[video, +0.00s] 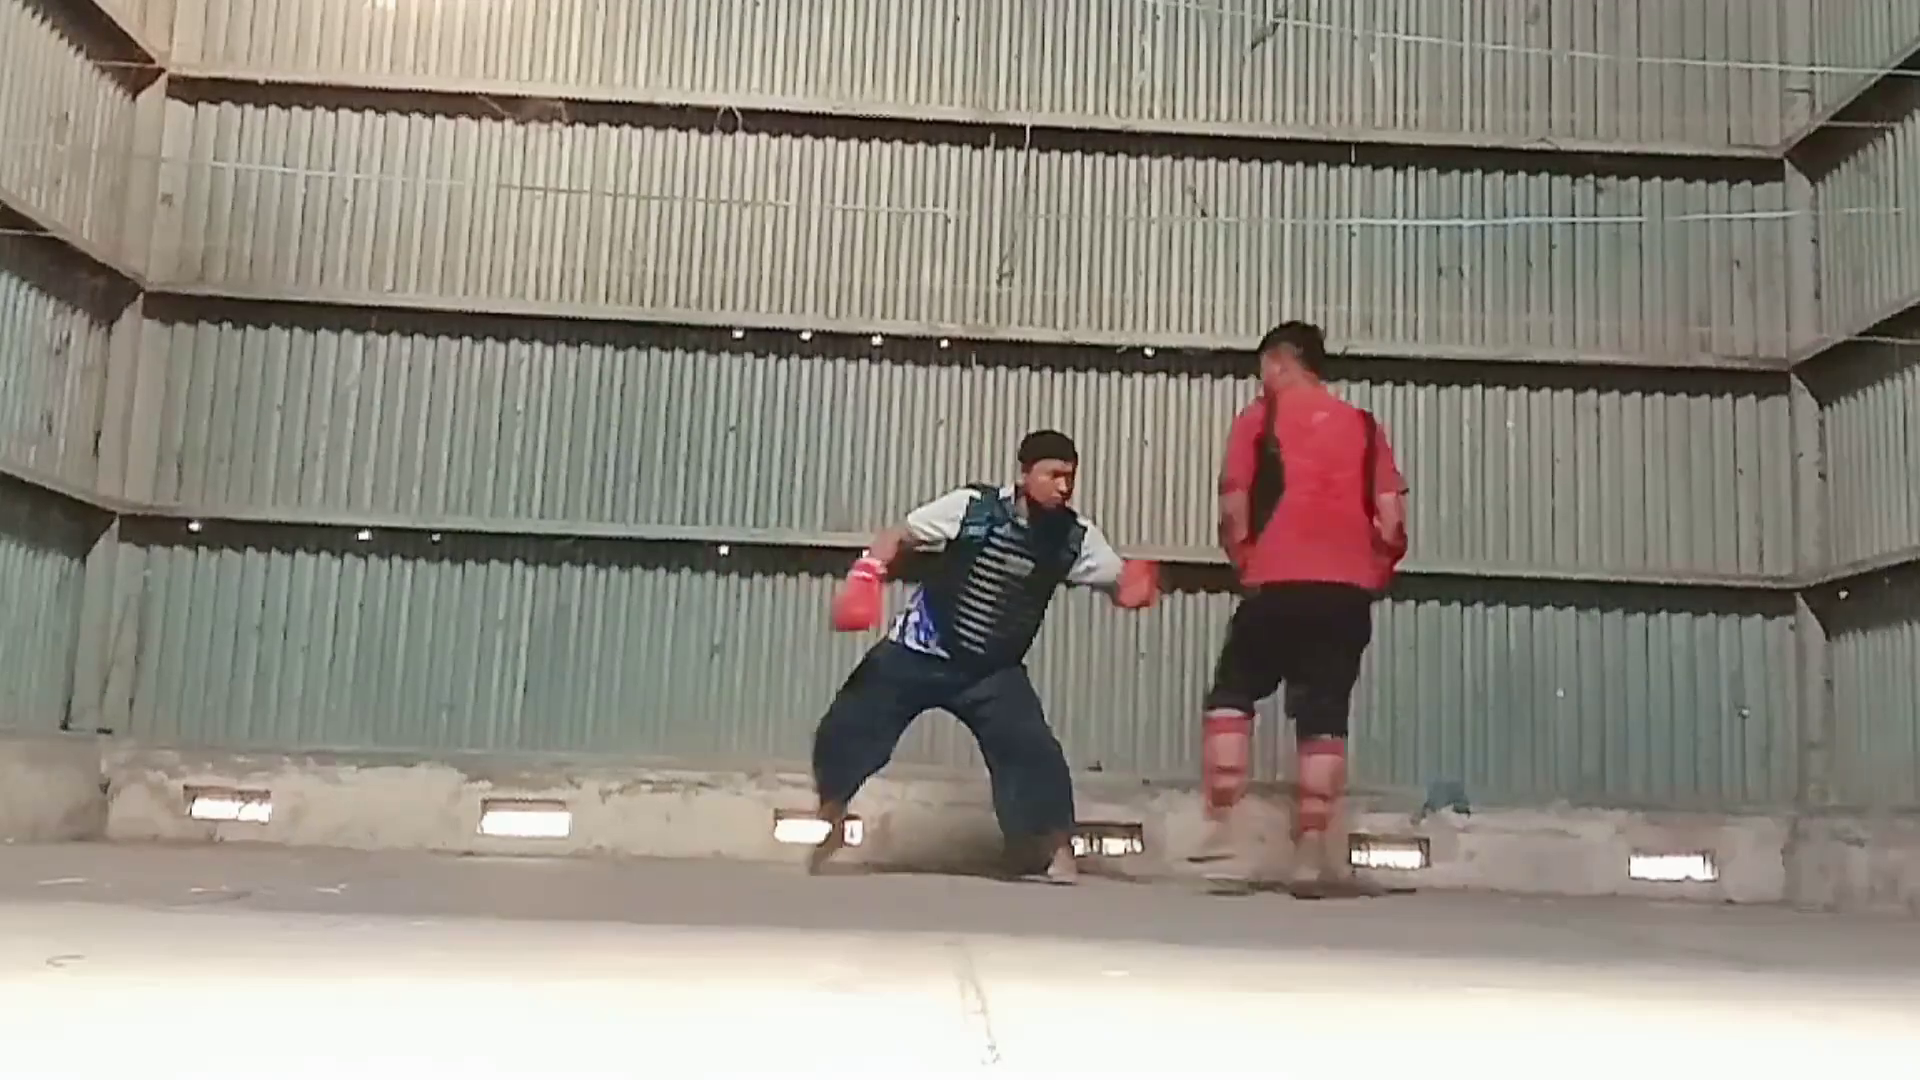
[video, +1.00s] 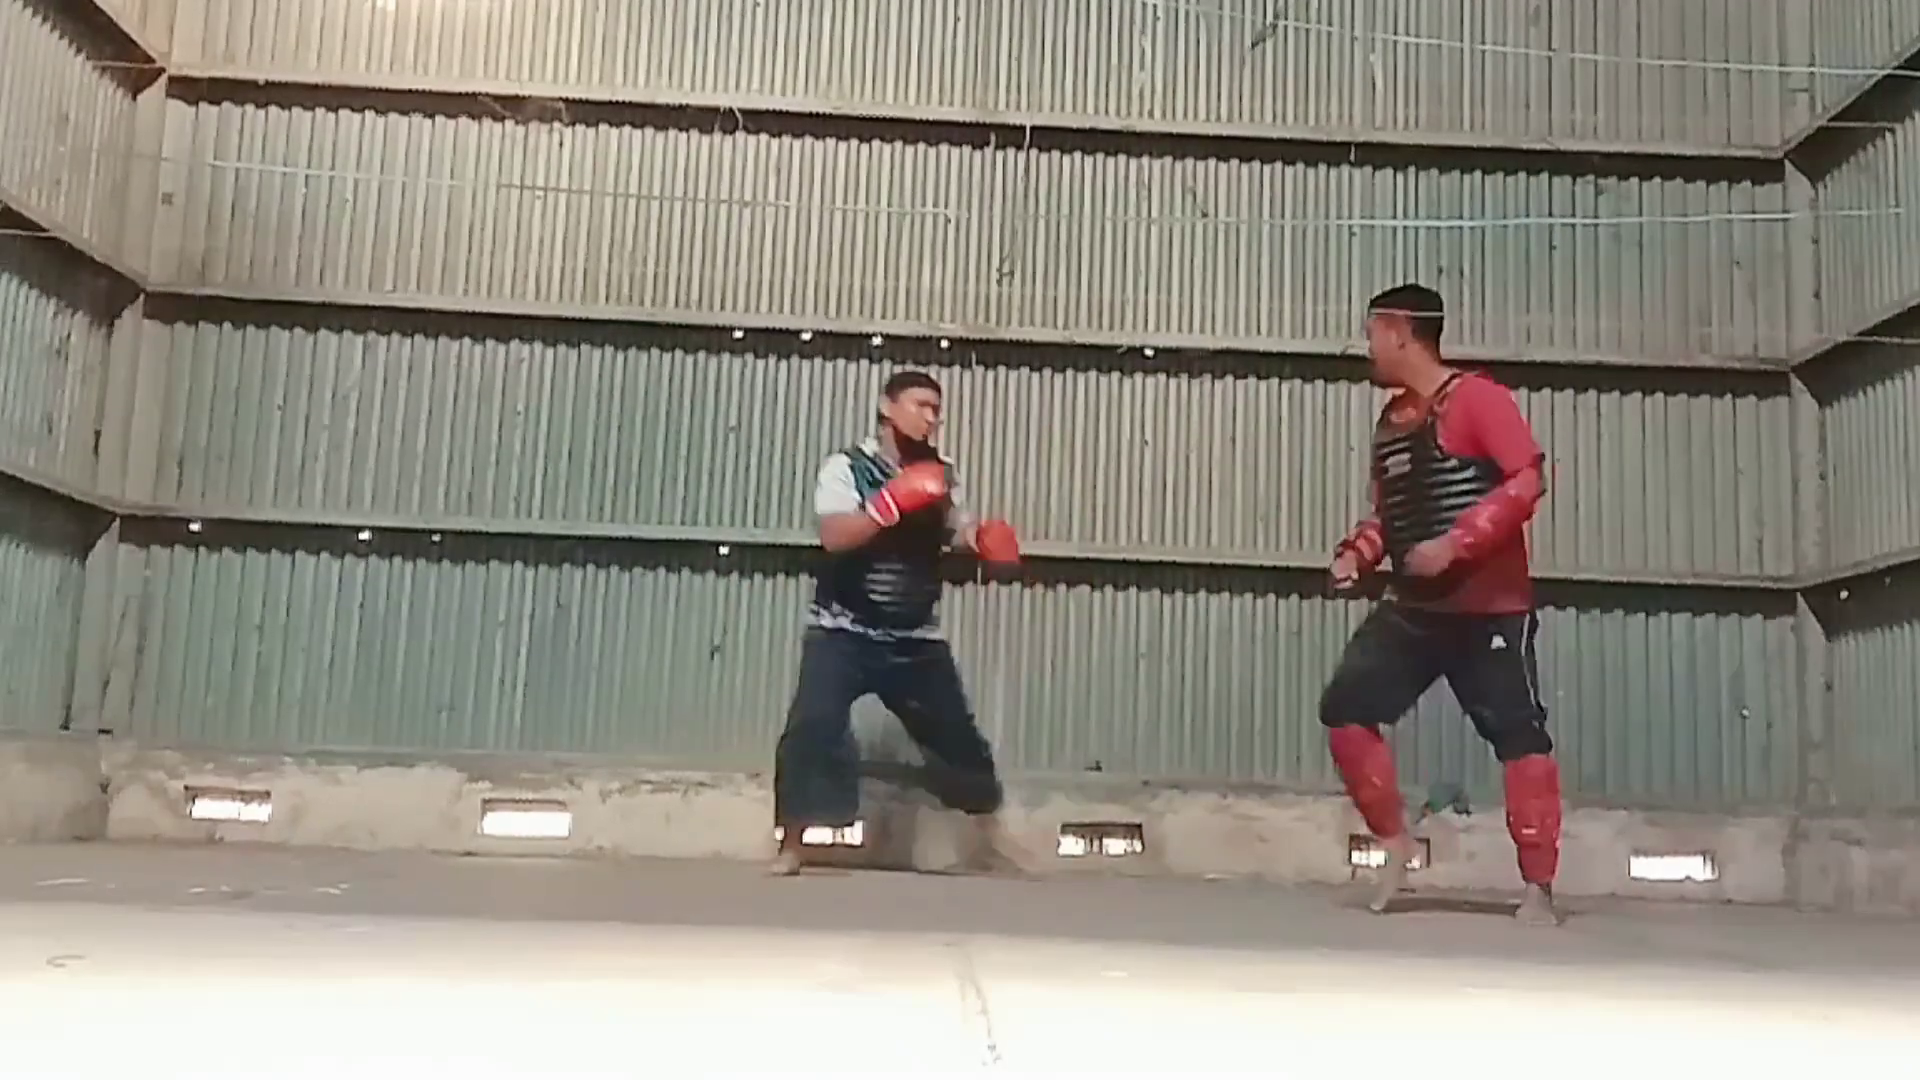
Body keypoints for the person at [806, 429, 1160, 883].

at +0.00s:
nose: (1064, 487)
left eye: (1070, 477)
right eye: (1055, 475)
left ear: (1074, 479)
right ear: (1025, 473)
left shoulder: (1076, 536)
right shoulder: (972, 506)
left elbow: (1121, 587)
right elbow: (898, 536)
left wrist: (1136, 586)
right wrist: (866, 573)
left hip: (993, 672)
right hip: (915, 653)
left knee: (1034, 751)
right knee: (844, 730)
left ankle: (1058, 851)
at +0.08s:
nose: (1064, 479)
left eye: (1071, 470)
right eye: (1055, 467)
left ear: (1074, 473)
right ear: (1027, 463)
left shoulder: (1074, 532)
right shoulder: (974, 499)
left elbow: (1096, 590)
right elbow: (904, 536)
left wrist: (1084, 606)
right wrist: (907, 583)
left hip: (999, 666)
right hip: (925, 653)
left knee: (1039, 749)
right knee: (859, 746)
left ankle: (1061, 854)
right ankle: (877, 826)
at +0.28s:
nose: (1022, 468)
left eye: (1029, 460)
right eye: (1013, 457)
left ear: (1034, 463)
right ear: (984, 453)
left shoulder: (1036, 509)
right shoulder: (937, 498)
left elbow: (1054, 579)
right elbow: (920, 565)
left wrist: (1074, 551)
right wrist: (975, 530)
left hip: (999, 659)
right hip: (927, 659)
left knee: (1033, 732)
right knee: (904, 757)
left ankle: (1062, 836)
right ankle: (918, 843)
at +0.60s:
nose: (1024, 427)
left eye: (1033, 420)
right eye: (1016, 415)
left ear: (1040, 426)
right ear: (991, 412)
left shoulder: (1038, 476)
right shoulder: (947, 455)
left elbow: (1060, 542)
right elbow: (936, 520)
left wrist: (1066, 500)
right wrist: (992, 477)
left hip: (1000, 629)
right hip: (929, 622)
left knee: (1030, 718)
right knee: (882, 714)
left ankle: (1025, 842)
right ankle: (880, 831)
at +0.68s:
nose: (1022, 442)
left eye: (1029, 434)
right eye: (1013, 431)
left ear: (1033, 440)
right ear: (986, 430)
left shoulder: (1041, 495)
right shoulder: (941, 487)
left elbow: (1066, 572)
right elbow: (925, 560)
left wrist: (1059, 551)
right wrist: (977, 535)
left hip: (1007, 656)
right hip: (932, 646)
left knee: (1037, 746)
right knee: (876, 724)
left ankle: (1021, 847)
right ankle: (819, 833)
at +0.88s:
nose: (965, 445)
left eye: (970, 436)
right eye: (955, 434)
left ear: (973, 443)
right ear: (925, 436)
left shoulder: (985, 499)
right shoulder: (883, 497)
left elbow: (999, 558)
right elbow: (867, 571)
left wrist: (1014, 573)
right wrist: (922, 548)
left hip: (962, 656)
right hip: (887, 648)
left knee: (1001, 744)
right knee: (845, 726)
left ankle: (1024, 849)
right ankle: (799, 843)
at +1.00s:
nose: (930, 417)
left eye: (935, 410)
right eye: (921, 406)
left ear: (937, 419)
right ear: (888, 407)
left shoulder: (936, 479)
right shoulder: (844, 468)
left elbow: (951, 544)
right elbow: (834, 537)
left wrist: (979, 545)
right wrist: (891, 502)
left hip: (915, 640)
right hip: (842, 634)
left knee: (955, 736)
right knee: (813, 725)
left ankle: (981, 832)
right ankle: (798, 839)